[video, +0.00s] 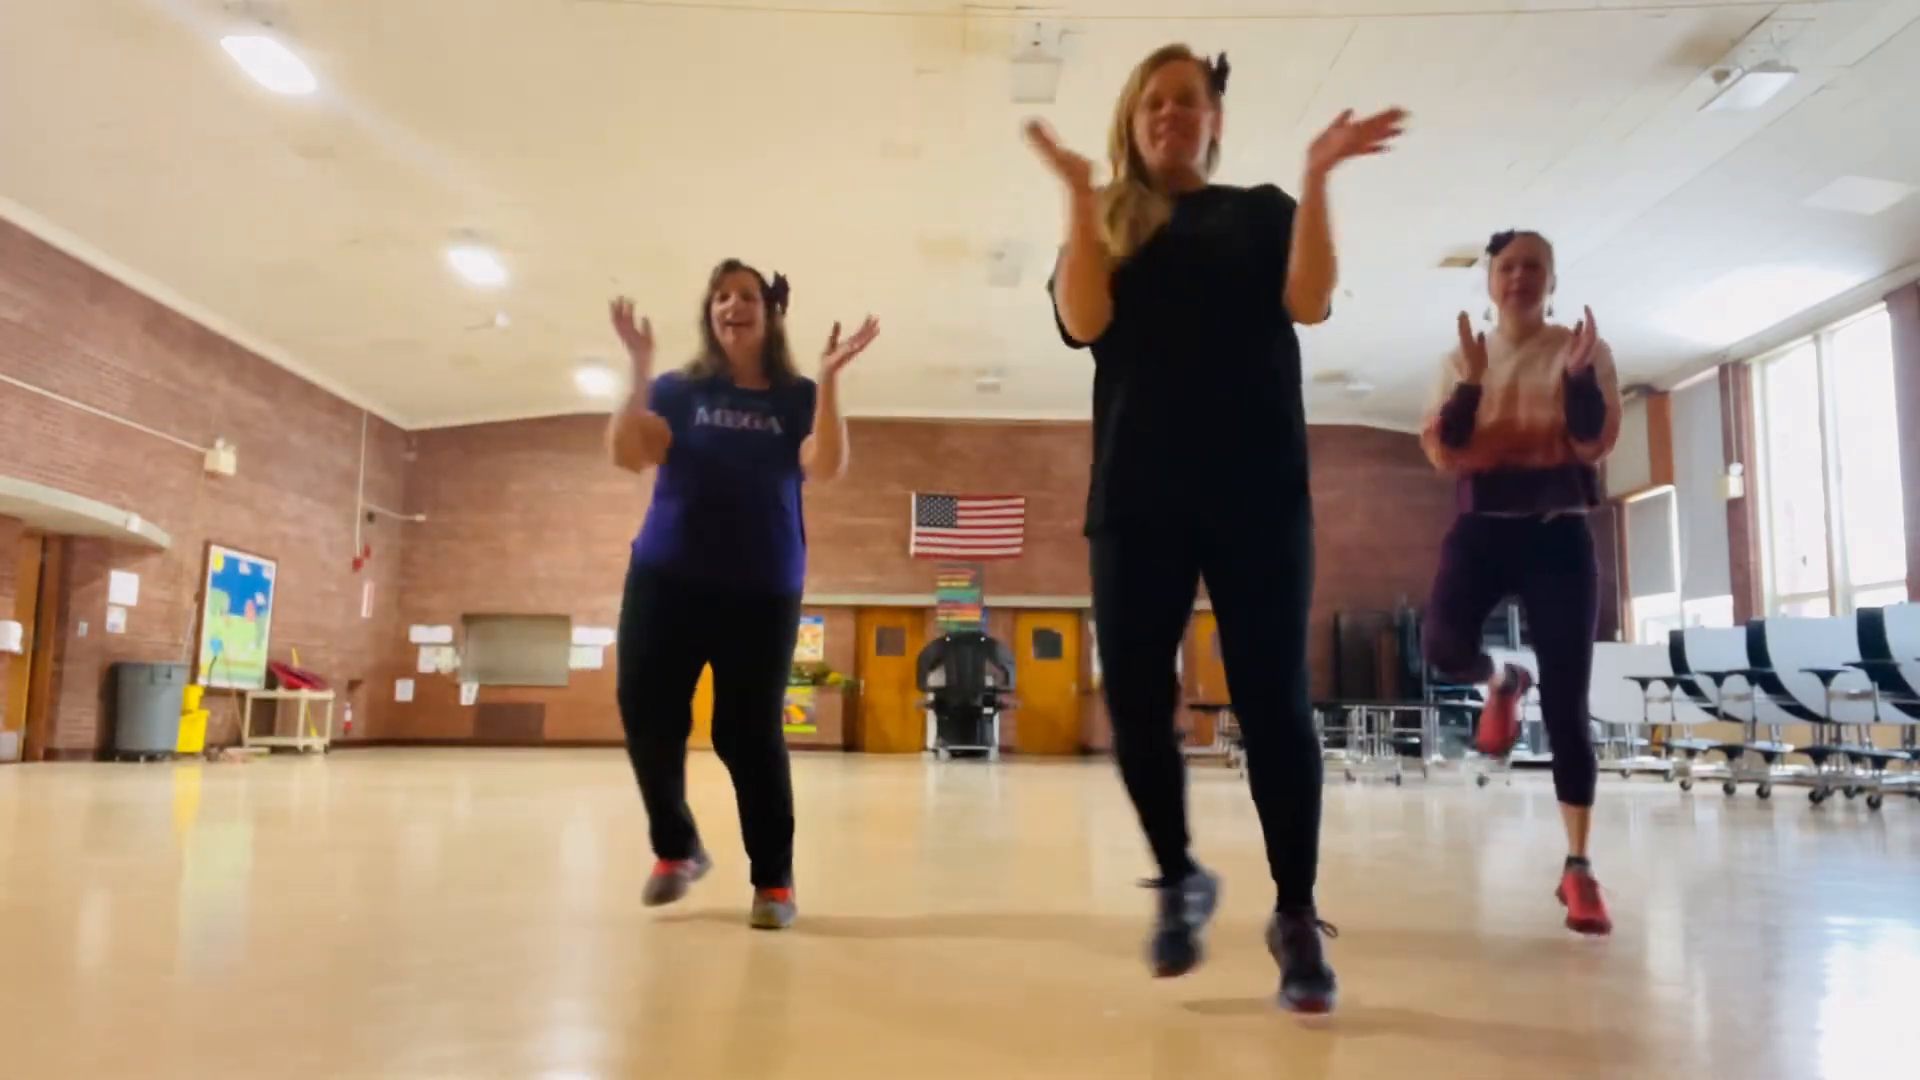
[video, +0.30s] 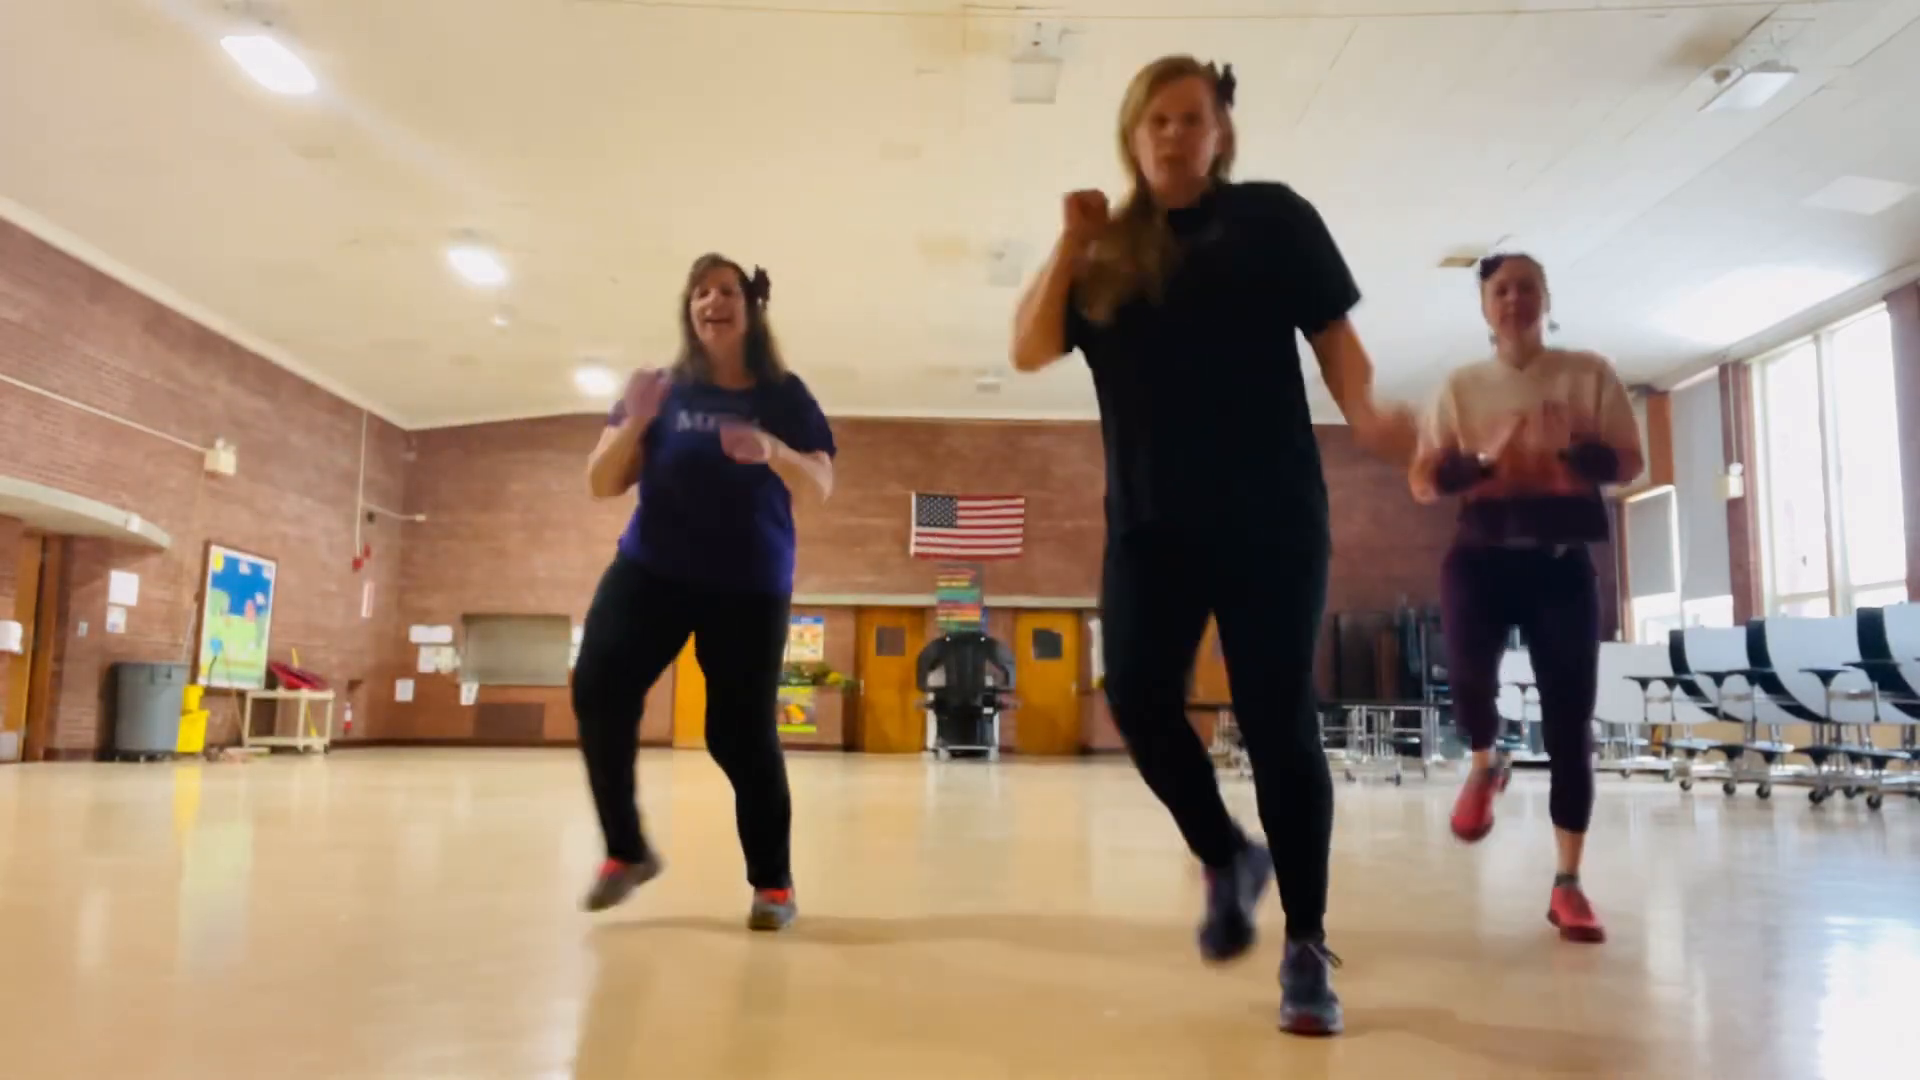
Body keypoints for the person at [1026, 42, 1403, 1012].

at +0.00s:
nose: (1174, 115)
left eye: (1189, 102)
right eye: (1159, 103)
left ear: (1217, 119)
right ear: (1130, 123)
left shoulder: (1265, 211)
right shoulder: (1108, 219)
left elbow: (1309, 304)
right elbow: (1082, 323)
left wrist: (1316, 180)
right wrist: (1082, 204)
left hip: (1256, 494)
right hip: (1140, 496)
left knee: (1273, 703)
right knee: (1135, 698)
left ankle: (1297, 916)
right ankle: (1179, 880)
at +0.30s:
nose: (1182, 135)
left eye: (1198, 119)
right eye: (1165, 122)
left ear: (1228, 132)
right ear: (1134, 139)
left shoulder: (1272, 217)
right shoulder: (1105, 247)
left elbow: (1336, 341)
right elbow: (1028, 352)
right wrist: (1067, 252)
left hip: (1268, 511)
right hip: (1151, 519)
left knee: (1277, 721)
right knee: (1138, 700)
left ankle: (1306, 943)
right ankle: (1228, 858)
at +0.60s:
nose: (1127, 164)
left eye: (1143, 149)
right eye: (1111, 150)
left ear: (1171, 162)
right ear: (1084, 164)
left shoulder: (1217, 283)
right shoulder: (1041, 284)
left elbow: (1256, 424)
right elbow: (1003, 433)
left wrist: (1356, 473)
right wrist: (996, 479)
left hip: (1209, 553)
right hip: (1086, 557)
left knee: (1246, 751)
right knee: (1010, 749)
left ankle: (1301, 960)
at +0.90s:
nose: (1001, 149)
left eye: (1017, 134)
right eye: (985, 132)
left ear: (1040, 150)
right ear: (952, 144)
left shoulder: (1065, 265)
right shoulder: (900, 258)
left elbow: (1063, 400)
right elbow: (840, 393)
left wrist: (1102, 381)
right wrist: (850, 470)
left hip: (1027, 539)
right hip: (909, 538)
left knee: (1084, 697)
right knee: (904, 751)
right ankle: (904, 965)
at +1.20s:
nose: (870, 176)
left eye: (886, 164)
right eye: (854, 165)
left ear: (913, 182)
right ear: (830, 185)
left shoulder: (957, 305)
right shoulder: (797, 291)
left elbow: (980, 452)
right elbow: (755, 429)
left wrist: (996, 573)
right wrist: (764, 385)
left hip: (911, 550)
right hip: (800, 538)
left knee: (873, 751)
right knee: (750, 673)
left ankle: (839, 937)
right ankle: (798, 881)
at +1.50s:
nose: (774, 141)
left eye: (792, 133)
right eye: (758, 133)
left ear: (820, 166)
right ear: (732, 166)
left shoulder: (856, 278)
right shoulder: (682, 268)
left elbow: (891, 409)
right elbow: (637, 379)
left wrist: (902, 522)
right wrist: (645, 449)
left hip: (817, 523)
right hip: (700, 518)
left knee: (822, 733)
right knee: (628, 722)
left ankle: (840, 934)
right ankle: (579, 923)